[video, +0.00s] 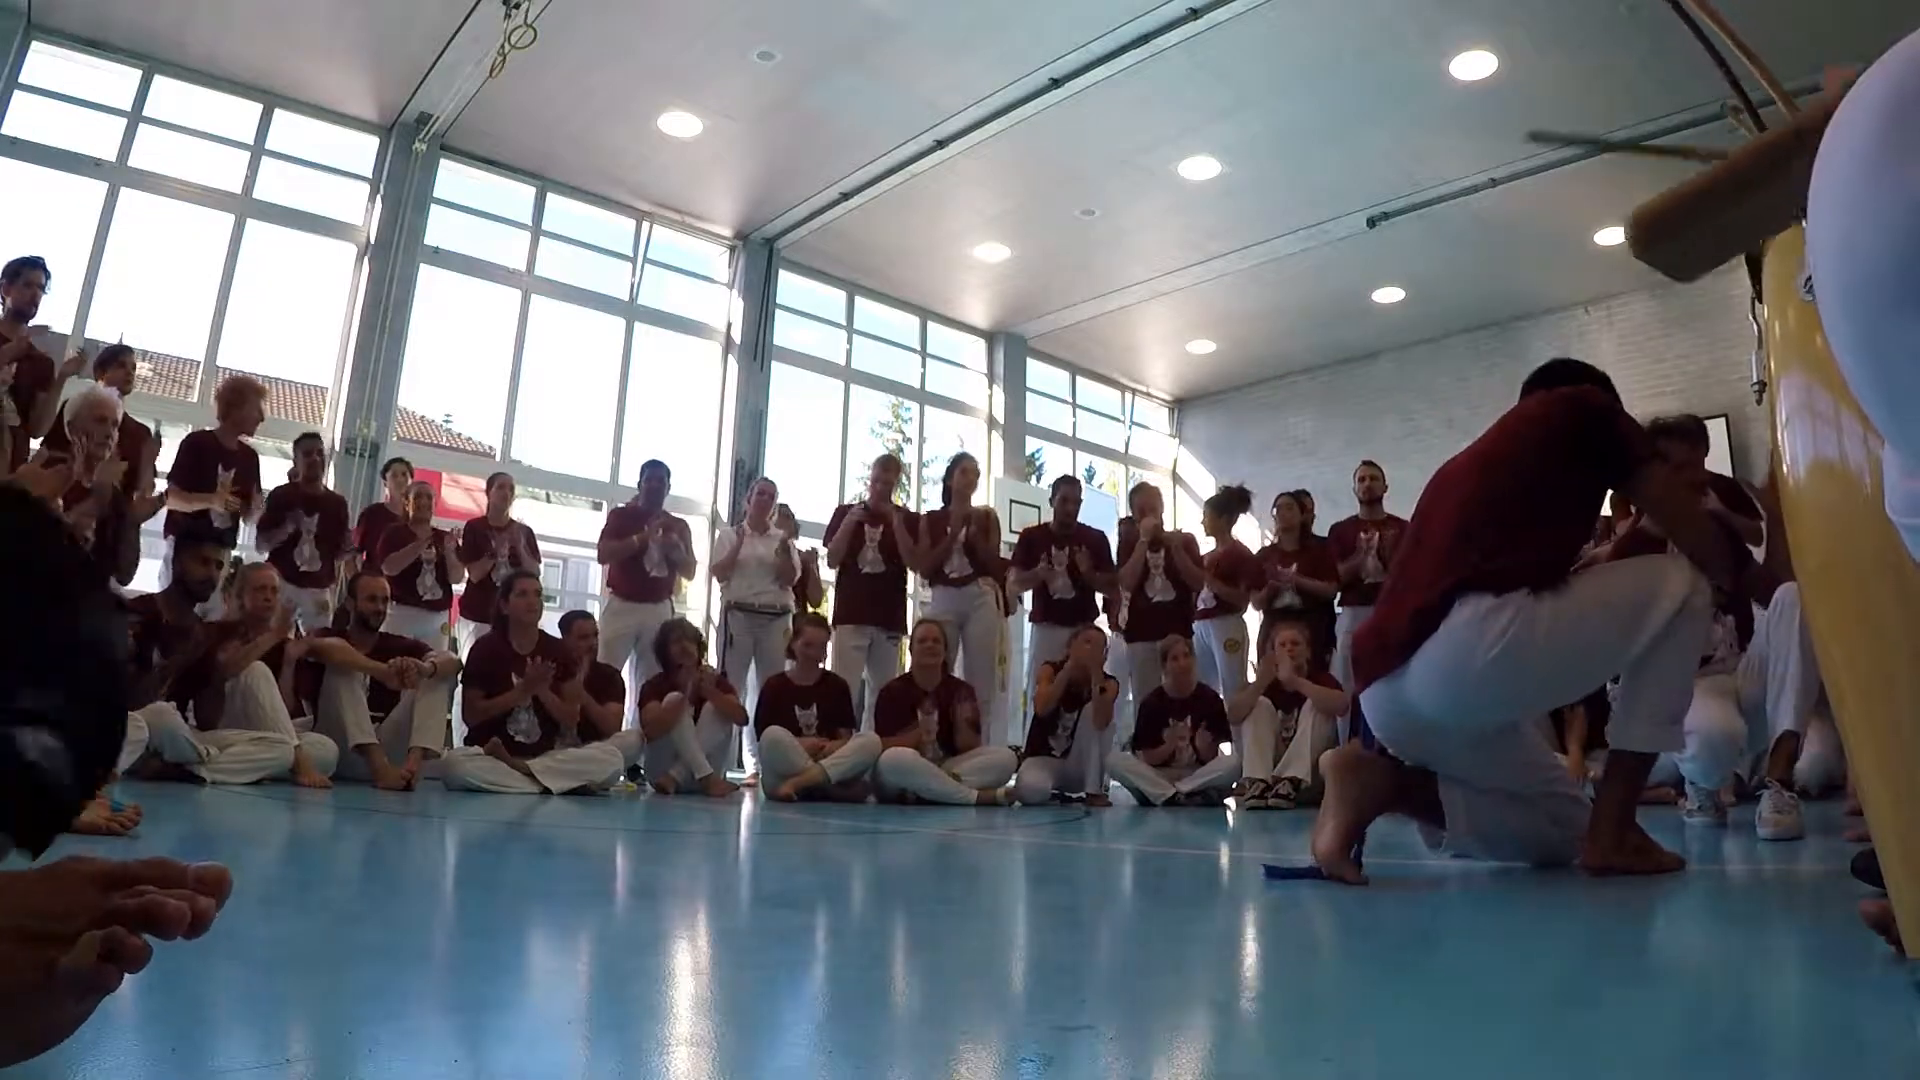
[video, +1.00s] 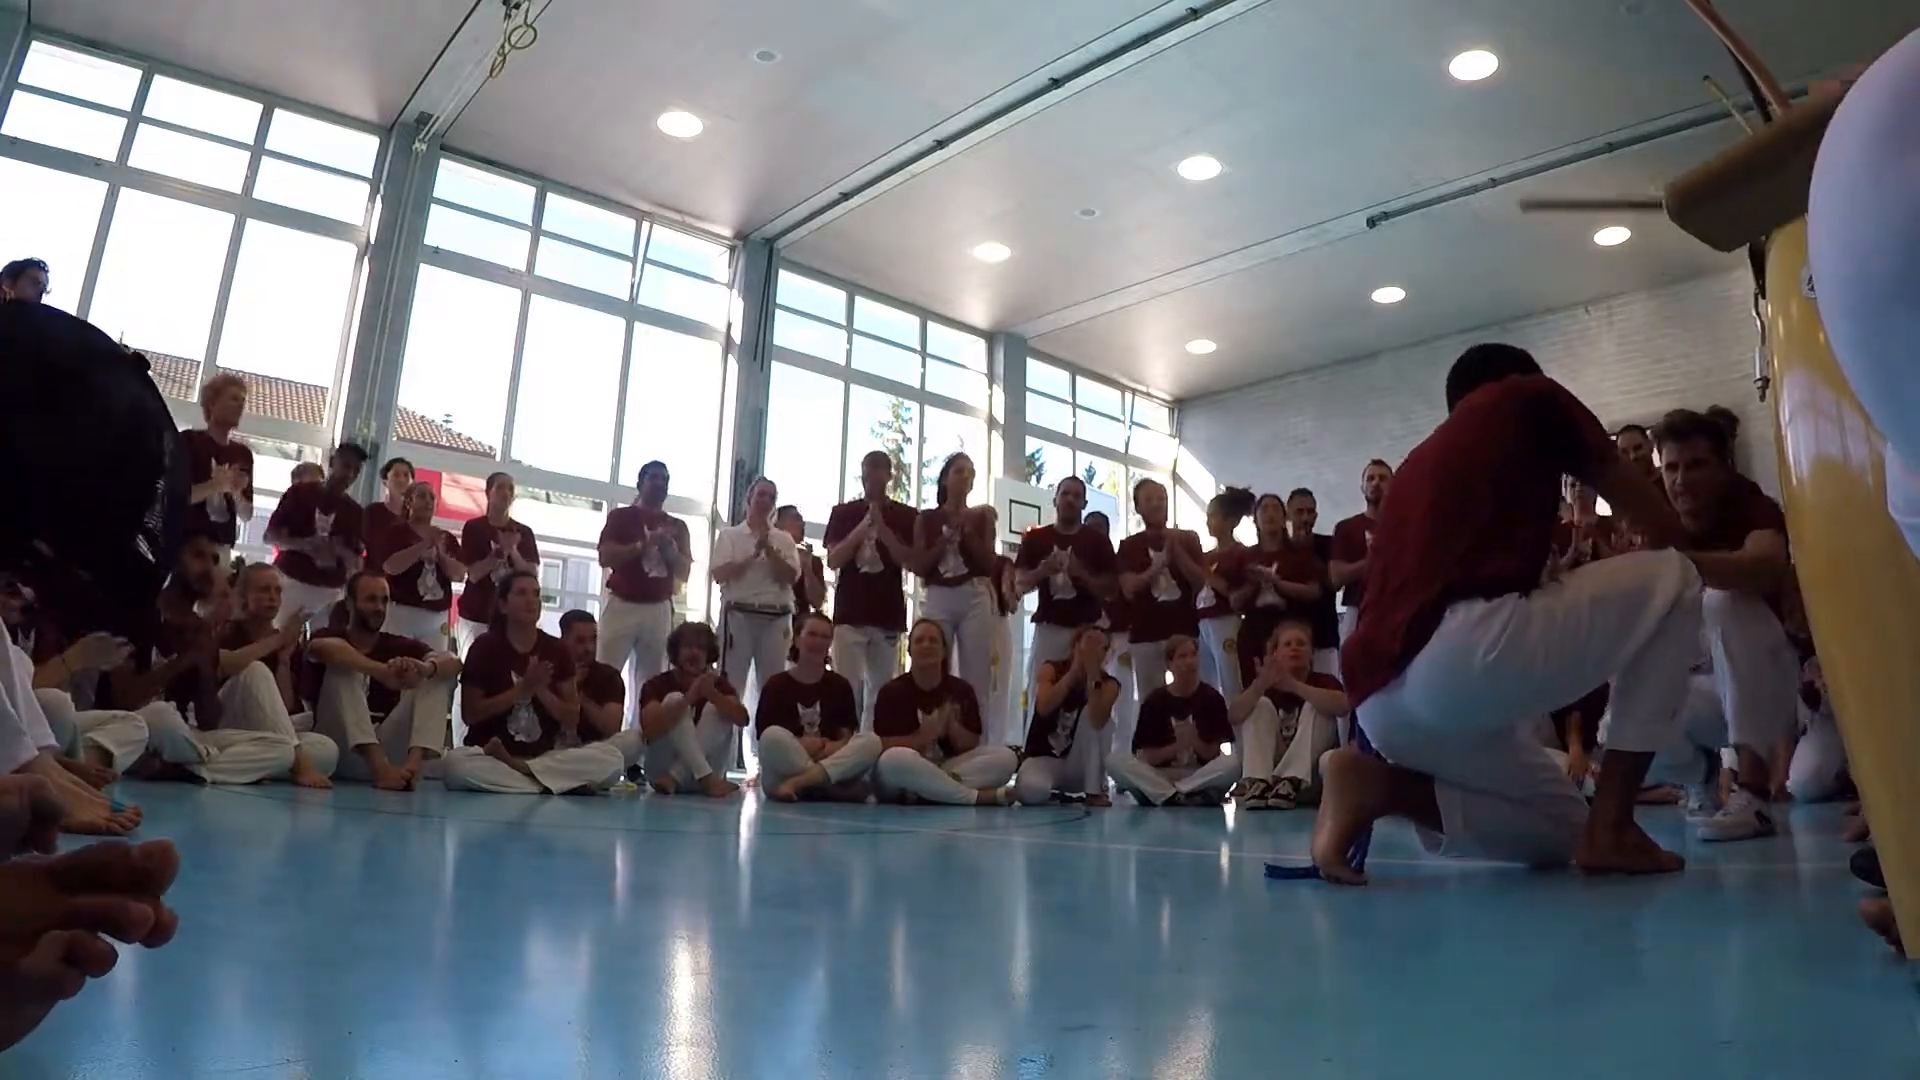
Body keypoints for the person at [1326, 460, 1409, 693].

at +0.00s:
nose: (1367, 483)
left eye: (1374, 479)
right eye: (1361, 479)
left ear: (1384, 487)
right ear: (1355, 489)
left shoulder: (1403, 528)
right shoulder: (1339, 530)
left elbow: (1409, 576)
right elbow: (1336, 576)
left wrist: (1386, 559)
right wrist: (1359, 556)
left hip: (1389, 612)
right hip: (1352, 613)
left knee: (1389, 678)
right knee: (1345, 680)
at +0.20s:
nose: (1367, 485)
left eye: (1374, 480)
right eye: (1362, 481)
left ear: (1385, 488)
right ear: (1355, 490)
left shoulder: (1402, 527)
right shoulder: (1340, 531)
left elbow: (1407, 575)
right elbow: (1338, 576)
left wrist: (1379, 560)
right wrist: (1371, 560)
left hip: (1390, 609)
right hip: (1354, 611)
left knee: (1391, 672)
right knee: (1348, 676)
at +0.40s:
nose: (1374, 483)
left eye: (1381, 478)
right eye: (1368, 479)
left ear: (1391, 487)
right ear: (1361, 488)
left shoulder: (1405, 526)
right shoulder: (1345, 528)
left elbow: (1414, 571)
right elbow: (1336, 577)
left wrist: (1386, 563)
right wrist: (1371, 556)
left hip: (1394, 610)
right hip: (1356, 611)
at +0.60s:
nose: (1380, 482)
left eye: (1386, 477)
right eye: (1374, 478)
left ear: (1396, 485)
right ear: (1366, 487)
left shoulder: (1406, 523)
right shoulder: (1349, 527)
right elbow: (1339, 573)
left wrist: (1391, 551)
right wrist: (1373, 556)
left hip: (1396, 608)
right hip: (1358, 609)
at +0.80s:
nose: (1378, 484)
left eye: (1385, 479)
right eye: (1372, 480)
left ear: (1395, 485)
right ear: (1365, 488)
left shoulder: (1404, 525)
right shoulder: (1349, 528)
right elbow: (1338, 575)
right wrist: (1374, 559)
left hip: (1396, 610)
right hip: (1358, 609)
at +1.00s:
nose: (1376, 483)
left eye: (1382, 478)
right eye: (1370, 478)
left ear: (1393, 484)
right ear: (1363, 486)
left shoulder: (1402, 524)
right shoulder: (1346, 528)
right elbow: (1336, 576)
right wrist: (1372, 561)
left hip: (1395, 611)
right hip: (1356, 611)